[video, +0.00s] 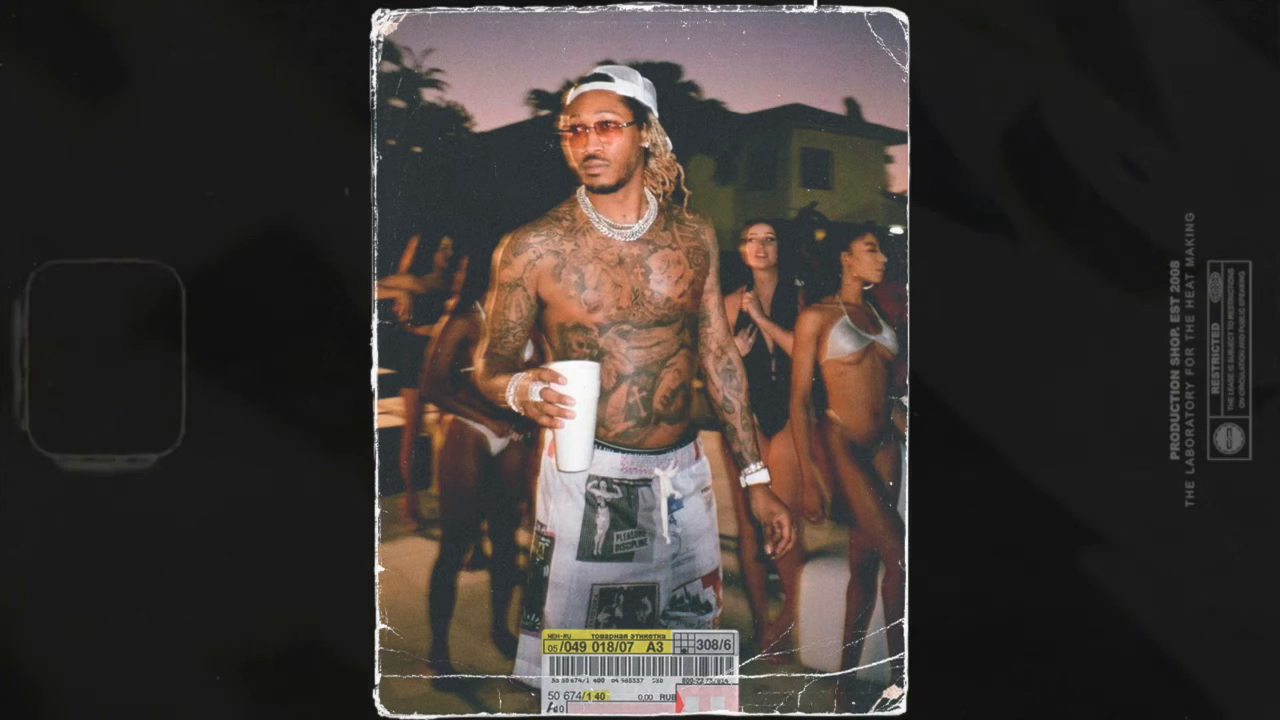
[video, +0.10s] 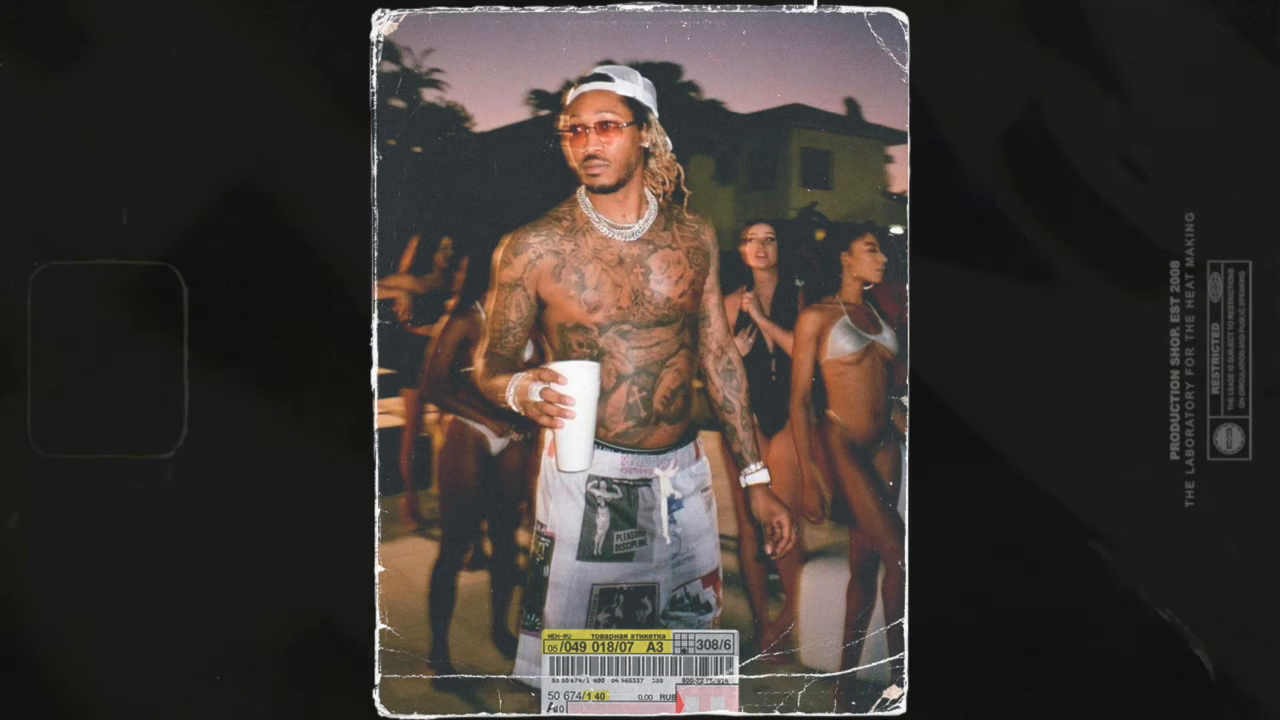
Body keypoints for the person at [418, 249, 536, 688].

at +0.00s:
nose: (515, 286)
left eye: (522, 279)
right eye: (509, 276)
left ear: (531, 288)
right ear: (494, 276)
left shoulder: (531, 330)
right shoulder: (465, 322)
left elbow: (543, 384)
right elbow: (434, 387)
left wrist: (529, 420)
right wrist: (489, 421)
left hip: (515, 445)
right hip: (465, 440)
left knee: (506, 541)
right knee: (455, 545)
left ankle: (501, 629)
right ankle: (439, 651)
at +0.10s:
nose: (515, 287)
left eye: (522, 279)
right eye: (509, 276)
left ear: (531, 288)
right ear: (494, 276)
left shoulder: (531, 330)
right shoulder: (465, 322)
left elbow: (544, 384)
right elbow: (434, 387)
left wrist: (529, 420)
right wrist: (489, 421)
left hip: (515, 444)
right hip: (465, 440)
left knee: (506, 541)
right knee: (455, 545)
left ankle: (501, 629)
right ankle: (439, 651)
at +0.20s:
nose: (513, 289)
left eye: (520, 281)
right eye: (506, 278)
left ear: (530, 288)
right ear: (492, 277)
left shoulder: (530, 331)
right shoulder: (464, 322)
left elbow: (543, 384)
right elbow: (433, 387)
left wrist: (530, 419)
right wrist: (490, 421)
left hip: (514, 444)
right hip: (465, 440)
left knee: (506, 541)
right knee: (455, 545)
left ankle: (501, 628)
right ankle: (439, 651)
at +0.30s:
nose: (514, 286)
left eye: (522, 278)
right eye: (508, 275)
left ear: (532, 287)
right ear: (494, 275)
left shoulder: (531, 331)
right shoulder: (465, 321)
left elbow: (543, 384)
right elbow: (433, 387)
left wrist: (529, 420)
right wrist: (489, 421)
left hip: (515, 444)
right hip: (465, 439)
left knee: (506, 541)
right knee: (455, 545)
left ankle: (501, 628)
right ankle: (439, 651)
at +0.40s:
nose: (514, 286)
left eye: (522, 278)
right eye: (508, 276)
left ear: (532, 287)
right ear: (494, 276)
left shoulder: (531, 331)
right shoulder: (465, 321)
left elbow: (543, 384)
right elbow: (433, 387)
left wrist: (529, 420)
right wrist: (489, 421)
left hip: (515, 444)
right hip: (465, 440)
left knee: (506, 541)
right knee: (455, 545)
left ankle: (501, 628)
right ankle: (439, 651)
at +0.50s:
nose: (515, 286)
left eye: (522, 278)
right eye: (508, 275)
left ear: (532, 287)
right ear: (494, 275)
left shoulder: (531, 331)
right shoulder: (465, 321)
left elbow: (543, 385)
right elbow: (433, 387)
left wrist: (529, 420)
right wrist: (489, 421)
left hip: (515, 444)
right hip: (465, 440)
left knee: (506, 541)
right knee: (455, 545)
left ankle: (501, 629)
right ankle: (439, 651)